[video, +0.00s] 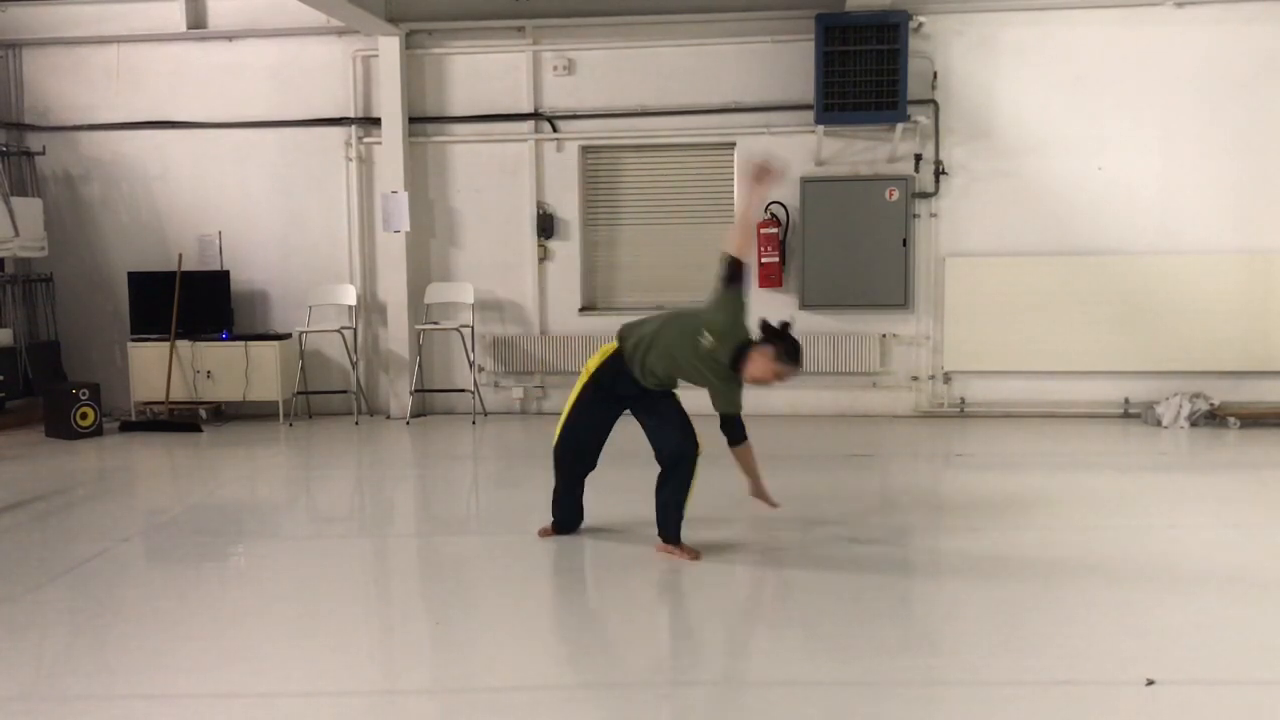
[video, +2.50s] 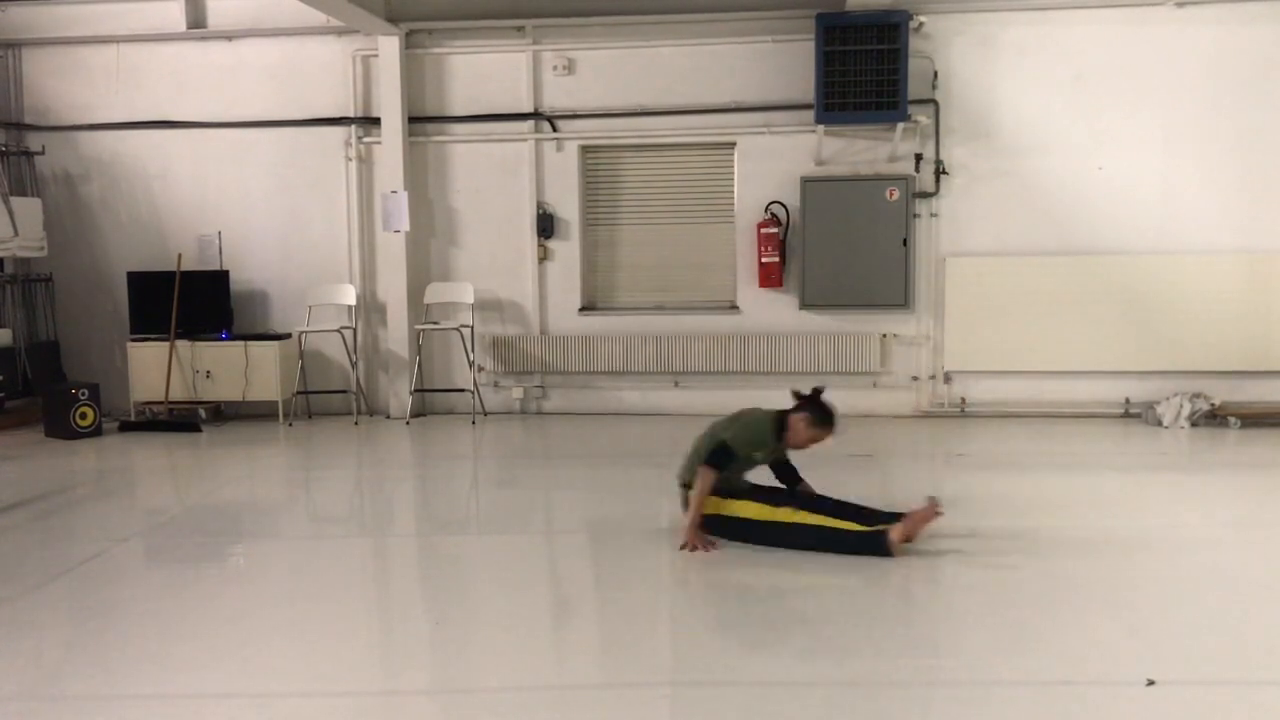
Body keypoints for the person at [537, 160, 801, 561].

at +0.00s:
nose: (771, 381)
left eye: (778, 378)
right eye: (775, 372)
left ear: (770, 367)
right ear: (763, 349)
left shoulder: (725, 384)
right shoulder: (727, 315)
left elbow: (736, 436)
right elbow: (736, 253)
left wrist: (756, 484)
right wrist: (753, 193)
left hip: (653, 387)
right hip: (617, 364)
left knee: (682, 451)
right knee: (570, 447)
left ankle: (669, 539)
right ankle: (566, 521)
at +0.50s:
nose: (773, 466)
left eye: (778, 467)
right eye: (781, 466)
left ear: (775, 445)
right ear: (793, 446)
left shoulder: (743, 421)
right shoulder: (807, 430)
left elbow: (728, 466)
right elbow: (829, 487)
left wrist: (724, 522)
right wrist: (817, 548)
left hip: (722, 314)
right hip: (758, 315)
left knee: (680, 386)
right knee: (732, 230)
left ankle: (600, 404)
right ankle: (800, 169)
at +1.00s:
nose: (727, 415)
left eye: (723, 414)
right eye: (728, 424)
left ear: (730, 401)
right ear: (741, 425)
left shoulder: (756, 372)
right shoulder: (781, 420)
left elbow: (722, 358)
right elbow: (802, 484)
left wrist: (693, 370)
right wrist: (815, 547)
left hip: (901, 376)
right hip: (879, 402)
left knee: (982, 331)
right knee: (960, 472)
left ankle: (1016, 417)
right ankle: (941, 560)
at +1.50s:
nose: (981, 355)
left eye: (983, 347)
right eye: (971, 350)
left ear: (988, 350)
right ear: (946, 360)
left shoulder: (987, 393)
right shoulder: (935, 401)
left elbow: (1013, 433)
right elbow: (913, 461)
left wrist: (1052, 460)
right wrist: (896, 511)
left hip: (965, 489)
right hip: (925, 498)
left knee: (1029, 459)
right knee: (988, 477)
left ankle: (999, 538)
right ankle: (943, 560)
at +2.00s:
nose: (1010, 411)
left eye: (1012, 403)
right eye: (1009, 401)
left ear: (985, 392)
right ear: (988, 392)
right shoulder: (968, 409)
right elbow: (1025, 440)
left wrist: (853, 507)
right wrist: (1050, 466)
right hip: (910, 510)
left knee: (998, 451)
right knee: (980, 463)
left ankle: (999, 537)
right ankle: (947, 557)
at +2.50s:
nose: (809, 447)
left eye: (815, 442)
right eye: (812, 439)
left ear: (800, 421)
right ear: (799, 422)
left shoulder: (775, 436)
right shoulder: (755, 427)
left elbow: (793, 481)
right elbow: (707, 470)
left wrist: (822, 506)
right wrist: (692, 526)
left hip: (731, 490)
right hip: (707, 499)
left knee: (805, 507)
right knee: (788, 525)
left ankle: (897, 523)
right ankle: (883, 542)